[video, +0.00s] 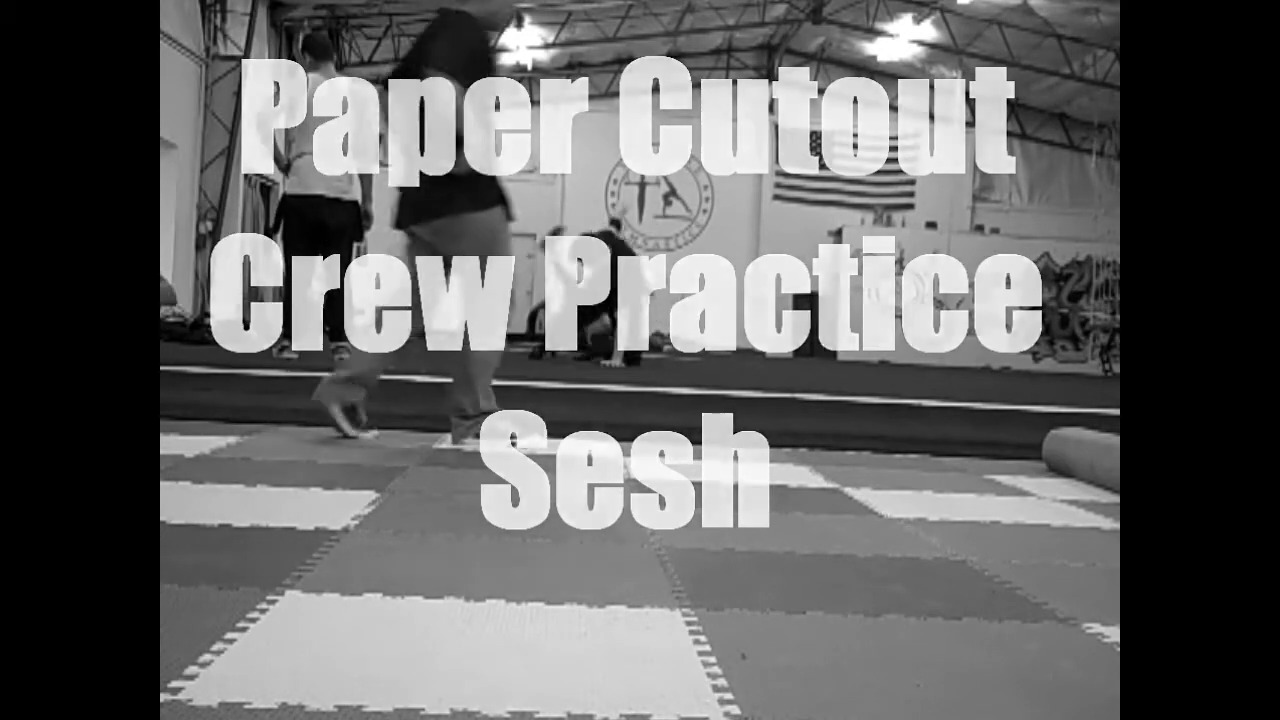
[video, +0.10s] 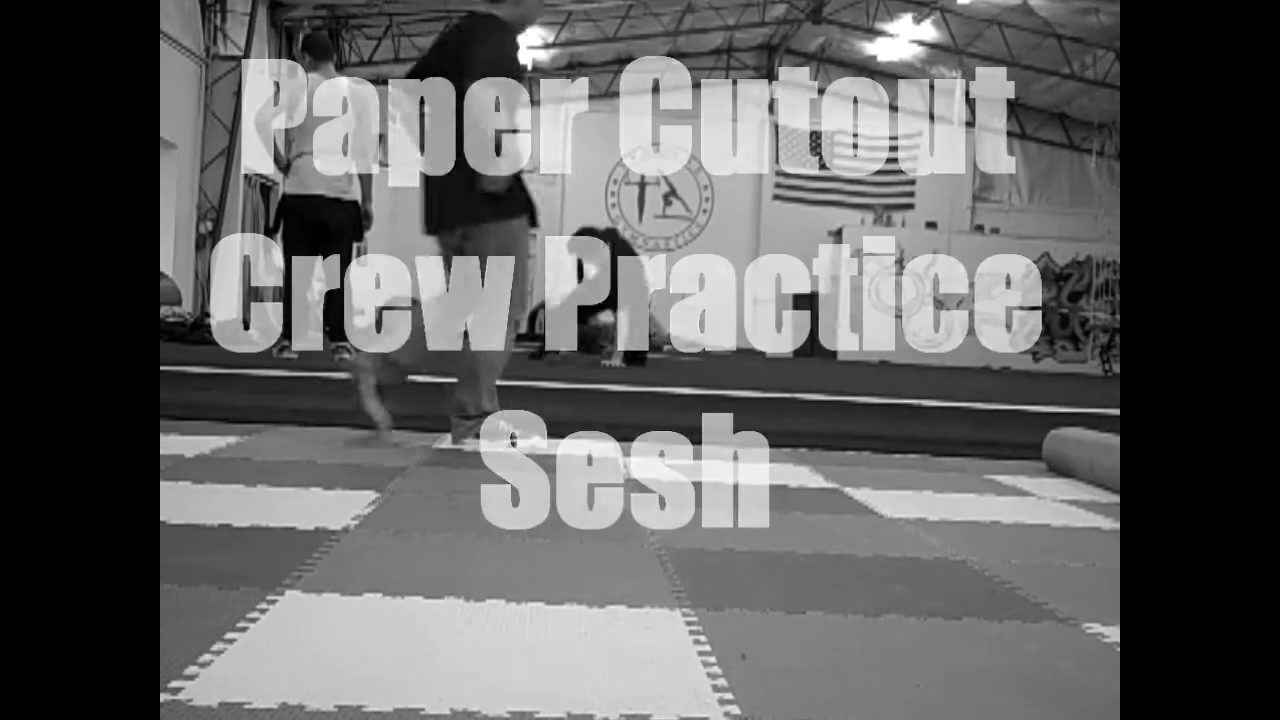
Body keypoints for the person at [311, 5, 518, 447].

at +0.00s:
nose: (511, 21)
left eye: (513, 17)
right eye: (508, 14)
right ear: (489, 9)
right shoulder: (467, 39)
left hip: (422, 200)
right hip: (468, 199)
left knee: (405, 308)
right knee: (484, 310)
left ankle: (345, 384)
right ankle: (474, 420)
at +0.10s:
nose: (540, 17)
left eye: (542, 10)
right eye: (539, 8)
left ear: (497, 2)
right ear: (520, 4)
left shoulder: (458, 34)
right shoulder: (495, 36)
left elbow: (409, 87)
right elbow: (493, 106)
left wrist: (434, 151)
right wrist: (496, 166)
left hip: (449, 203)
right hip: (494, 205)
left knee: (457, 305)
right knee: (501, 311)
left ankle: (379, 367)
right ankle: (475, 418)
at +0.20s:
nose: (555, 15)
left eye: (555, 11)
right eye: (553, 9)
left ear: (506, 4)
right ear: (538, 4)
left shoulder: (476, 34)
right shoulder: (524, 35)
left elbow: (424, 84)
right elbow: (514, 105)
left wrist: (446, 148)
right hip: (506, 195)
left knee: (512, 308)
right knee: (502, 306)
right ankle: (474, 421)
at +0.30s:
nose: (574, 20)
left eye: (574, 14)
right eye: (573, 12)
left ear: (529, 4)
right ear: (558, 4)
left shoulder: (494, 35)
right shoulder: (548, 33)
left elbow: (437, 88)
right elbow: (543, 89)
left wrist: (464, 147)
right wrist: (543, 157)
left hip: (489, 180)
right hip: (522, 182)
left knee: (521, 307)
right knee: (505, 306)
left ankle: (479, 411)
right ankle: (471, 419)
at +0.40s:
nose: (591, 19)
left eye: (592, 13)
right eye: (591, 11)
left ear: (546, 5)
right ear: (578, 5)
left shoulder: (515, 40)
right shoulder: (564, 37)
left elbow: (460, 95)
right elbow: (539, 86)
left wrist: (486, 155)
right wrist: (545, 162)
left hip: (507, 185)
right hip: (537, 187)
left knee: (544, 310)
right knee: (523, 311)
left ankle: (535, 406)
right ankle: (474, 413)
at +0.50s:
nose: (621, 27)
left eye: (622, 16)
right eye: (619, 15)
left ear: (579, 8)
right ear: (597, 9)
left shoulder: (545, 47)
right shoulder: (574, 43)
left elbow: (488, 105)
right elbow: (539, 88)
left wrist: (517, 159)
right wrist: (549, 164)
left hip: (534, 194)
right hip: (550, 196)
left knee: (569, 316)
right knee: (538, 313)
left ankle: (563, 416)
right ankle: (477, 413)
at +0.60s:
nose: (639, 37)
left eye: (642, 29)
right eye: (636, 27)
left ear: (609, 19)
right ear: (609, 17)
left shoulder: (591, 58)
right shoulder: (581, 47)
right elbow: (533, 88)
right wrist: (549, 158)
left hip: (577, 208)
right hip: (560, 206)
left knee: (590, 319)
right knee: (578, 318)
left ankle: (565, 417)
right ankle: (490, 403)